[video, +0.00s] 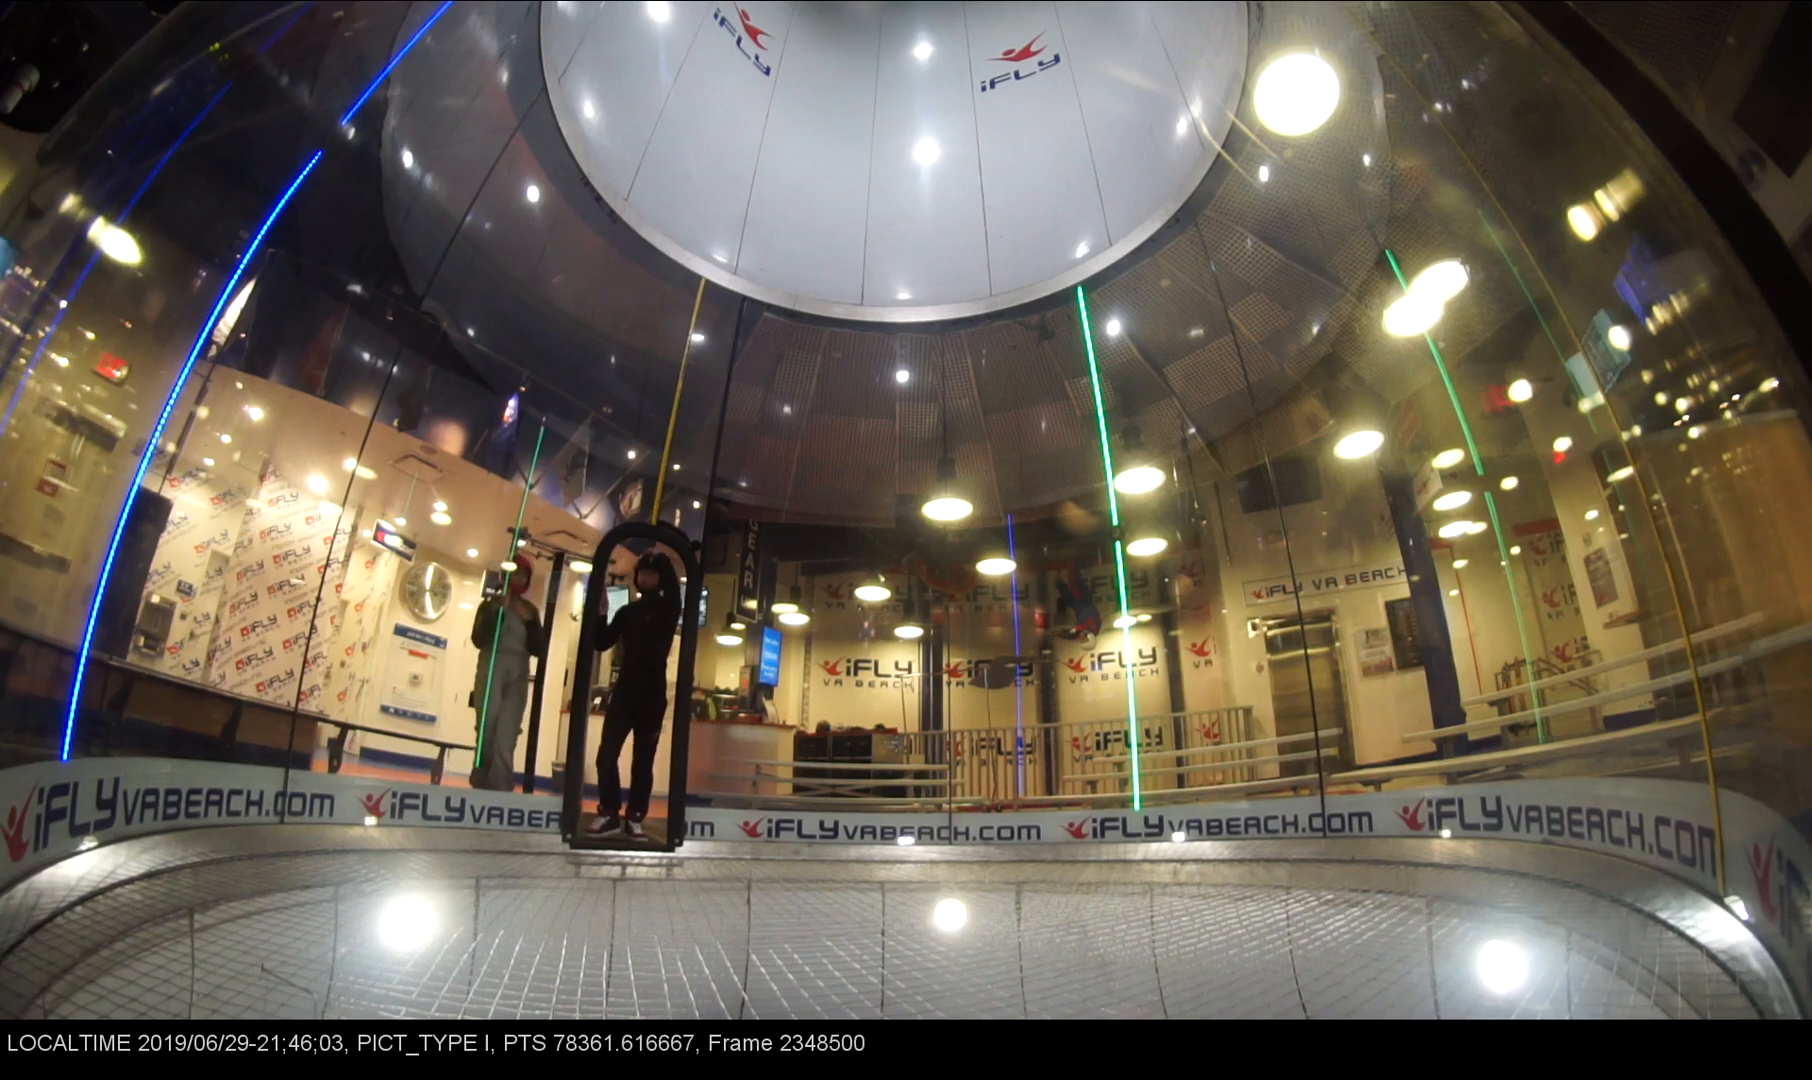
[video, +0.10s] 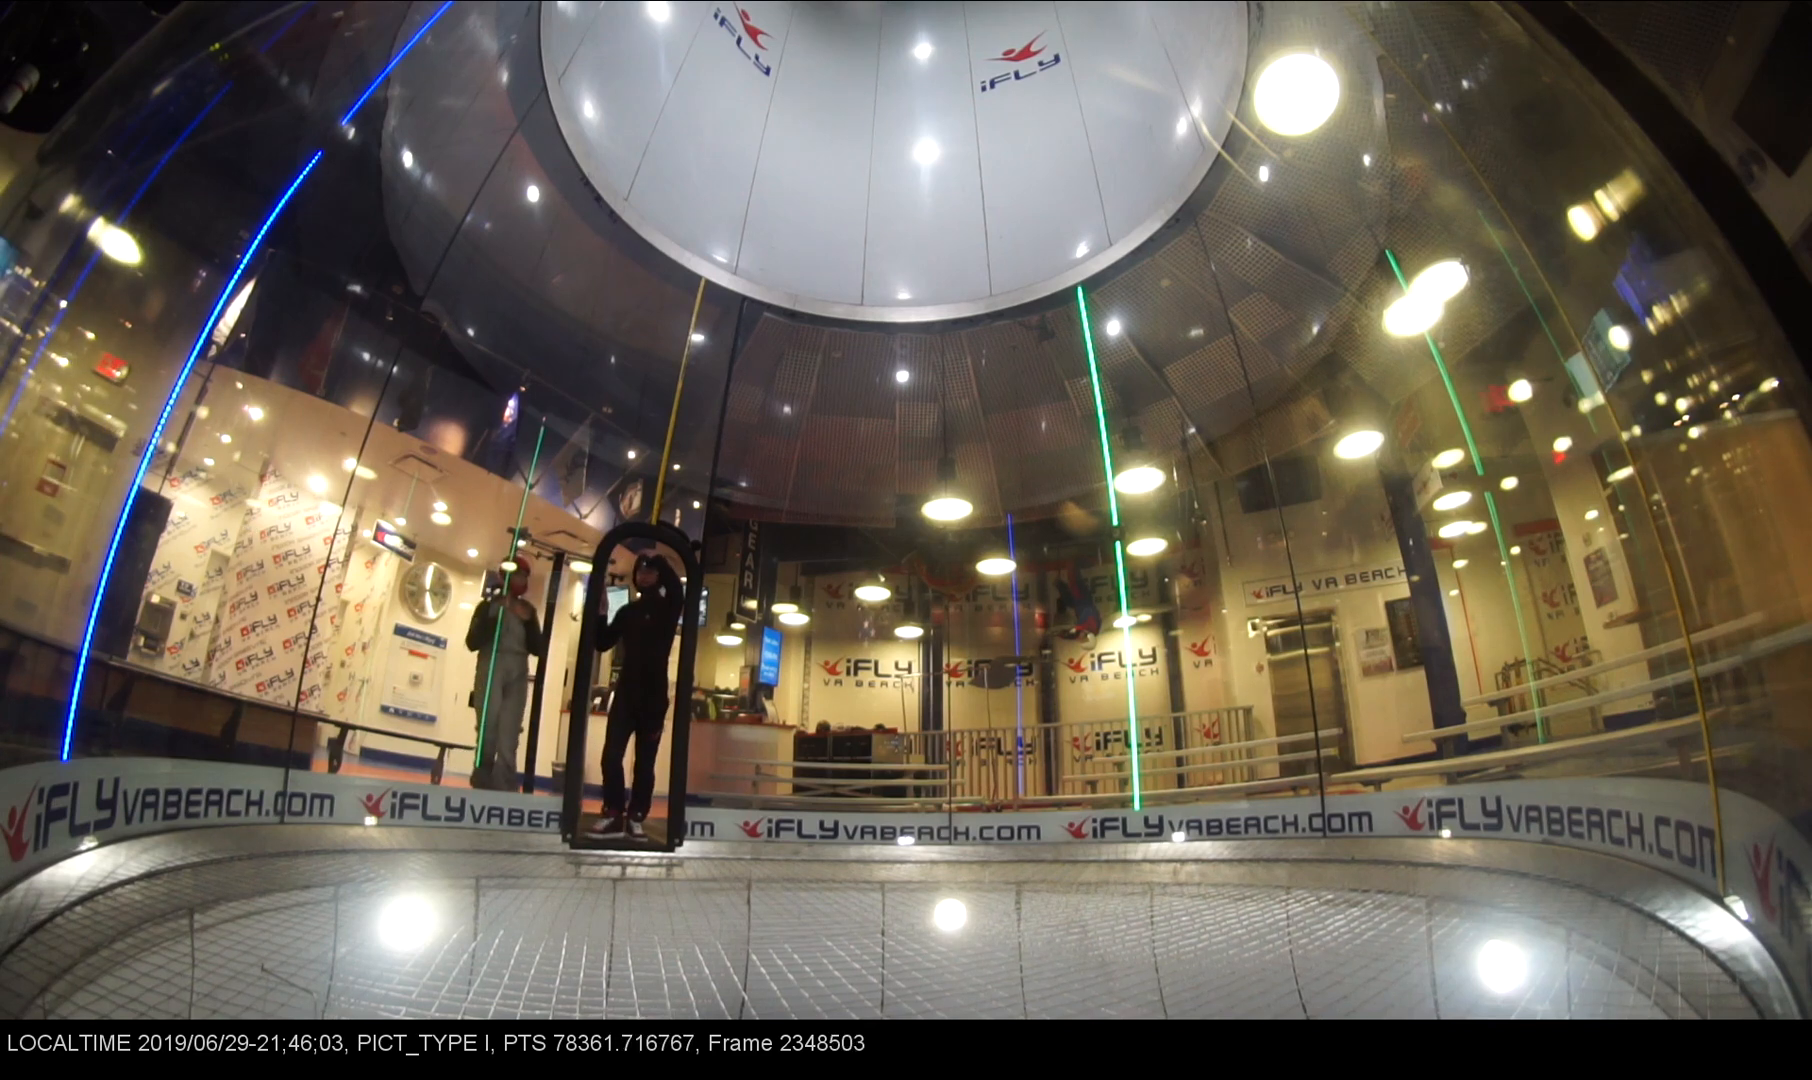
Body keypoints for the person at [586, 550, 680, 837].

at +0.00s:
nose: (642, 578)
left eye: (648, 573)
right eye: (640, 572)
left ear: (660, 578)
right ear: (636, 578)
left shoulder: (668, 610)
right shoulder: (627, 611)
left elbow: (674, 588)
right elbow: (602, 642)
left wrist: (660, 557)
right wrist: (600, 613)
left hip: (653, 691)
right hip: (625, 689)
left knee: (643, 760)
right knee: (606, 756)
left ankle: (635, 818)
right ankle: (609, 813)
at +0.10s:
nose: (644, 575)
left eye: (650, 571)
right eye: (641, 570)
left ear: (660, 577)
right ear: (634, 577)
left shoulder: (668, 609)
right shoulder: (627, 611)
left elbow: (677, 591)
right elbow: (602, 643)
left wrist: (660, 561)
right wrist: (600, 614)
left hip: (654, 691)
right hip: (626, 690)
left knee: (645, 761)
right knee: (611, 757)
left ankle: (636, 819)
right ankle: (613, 815)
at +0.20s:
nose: (640, 573)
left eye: (647, 569)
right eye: (638, 569)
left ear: (658, 575)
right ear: (633, 576)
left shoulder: (669, 608)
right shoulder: (629, 611)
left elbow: (676, 589)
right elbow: (603, 643)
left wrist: (659, 560)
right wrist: (601, 615)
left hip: (655, 691)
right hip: (627, 690)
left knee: (646, 761)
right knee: (611, 758)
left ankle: (638, 819)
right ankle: (617, 817)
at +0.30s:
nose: (639, 572)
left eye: (646, 567)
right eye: (638, 567)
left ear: (658, 574)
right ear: (634, 575)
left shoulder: (669, 607)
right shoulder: (630, 611)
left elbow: (676, 587)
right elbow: (603, 643)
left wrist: (659, 558)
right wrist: (601, 615)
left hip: (656, 690)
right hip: (628, 690)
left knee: (645, 762)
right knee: (611, 759)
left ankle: (639, 819)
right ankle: (619, 819)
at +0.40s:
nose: (640, 570)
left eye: (647, 566)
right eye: (639, 566)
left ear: (660, 573)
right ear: (635, 573)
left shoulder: (670, 607)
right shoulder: (632, 610)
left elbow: (675, 583)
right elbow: (604, 642)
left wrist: (659, 555)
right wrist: (601, 613)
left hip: (655, 690)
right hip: (628, 690)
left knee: (646, 761)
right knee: (612, 760)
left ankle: (639, 819)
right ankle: (619, 820)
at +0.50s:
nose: (644, 569)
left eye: (650, 565)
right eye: (641, 564)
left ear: (661, 573)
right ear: (637, 572)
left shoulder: (670, 606)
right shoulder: (631, 610)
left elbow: (676, 583)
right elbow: (603, 642)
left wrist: (662, 554)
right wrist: (601, 613)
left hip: (655, 691)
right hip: (627, 690)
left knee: (646, 761)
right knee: (612, 760)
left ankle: (639, 819)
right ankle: (619, 819)